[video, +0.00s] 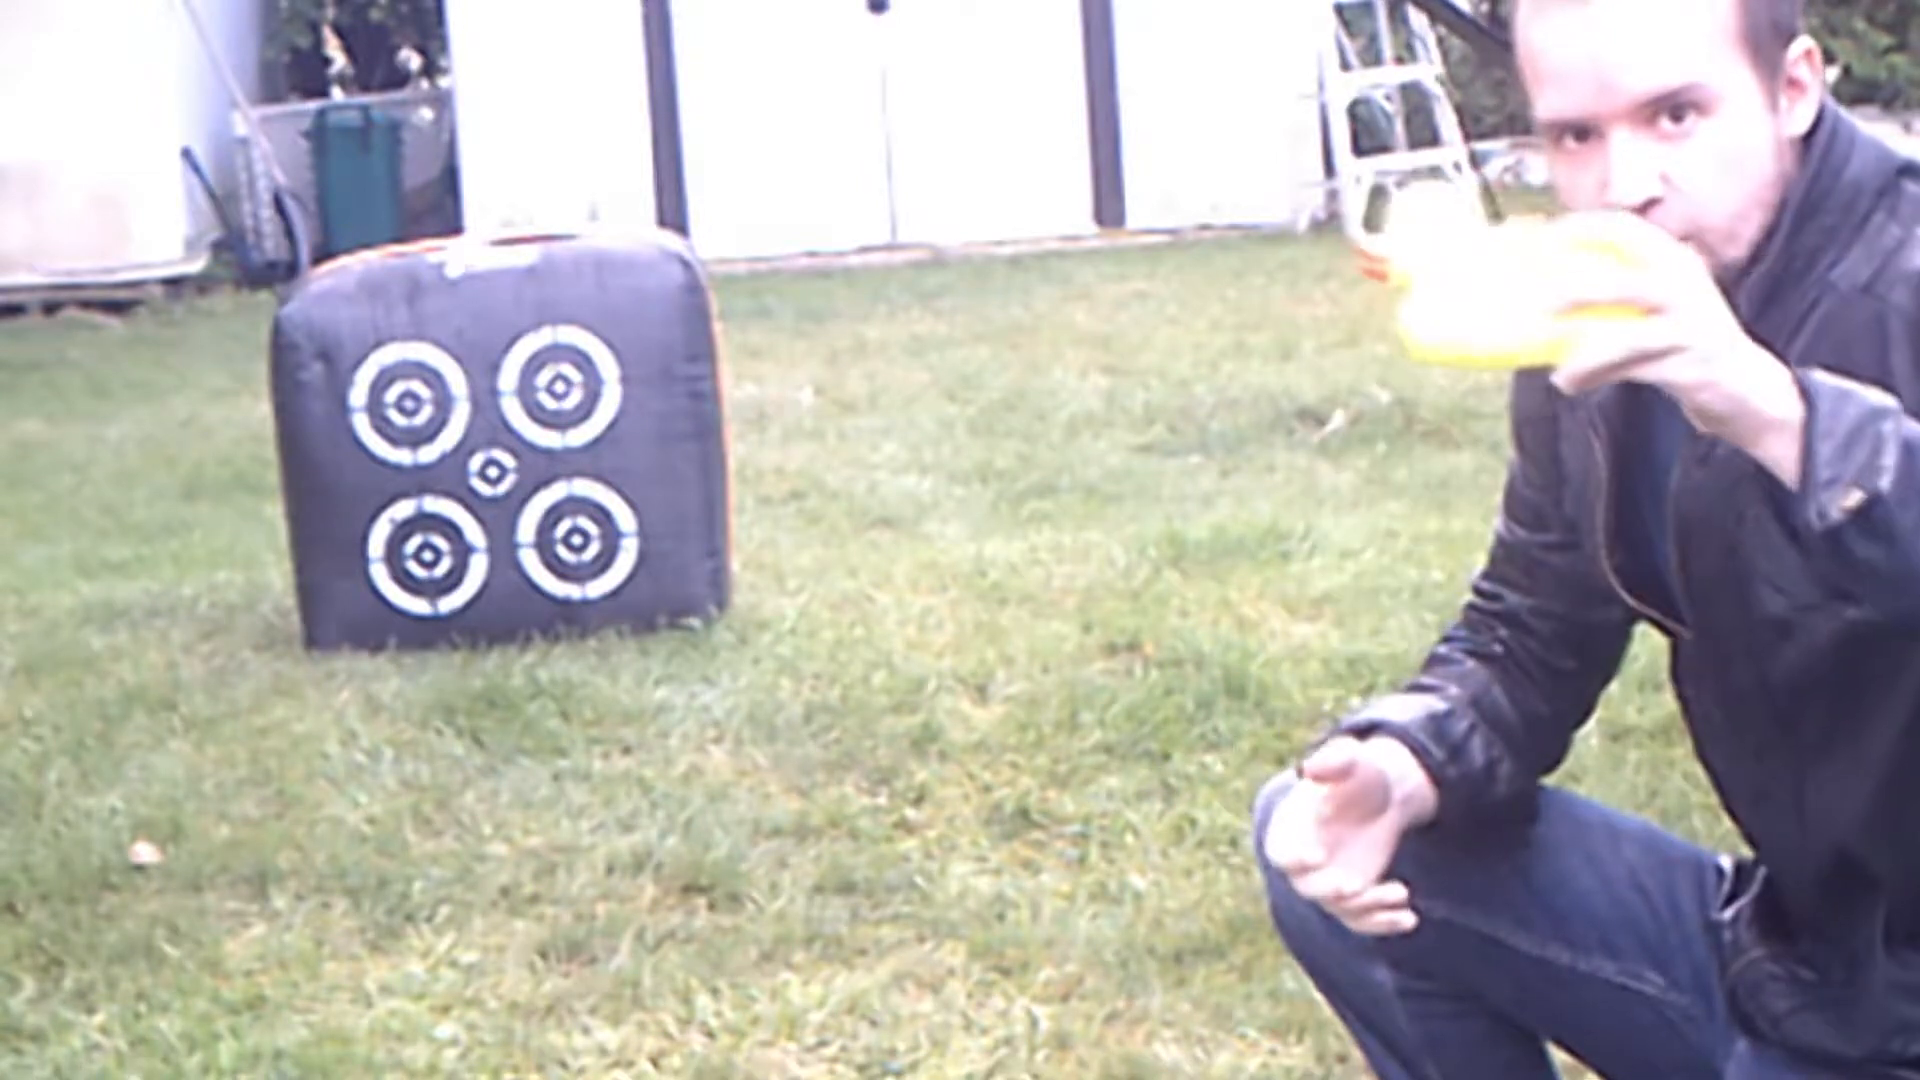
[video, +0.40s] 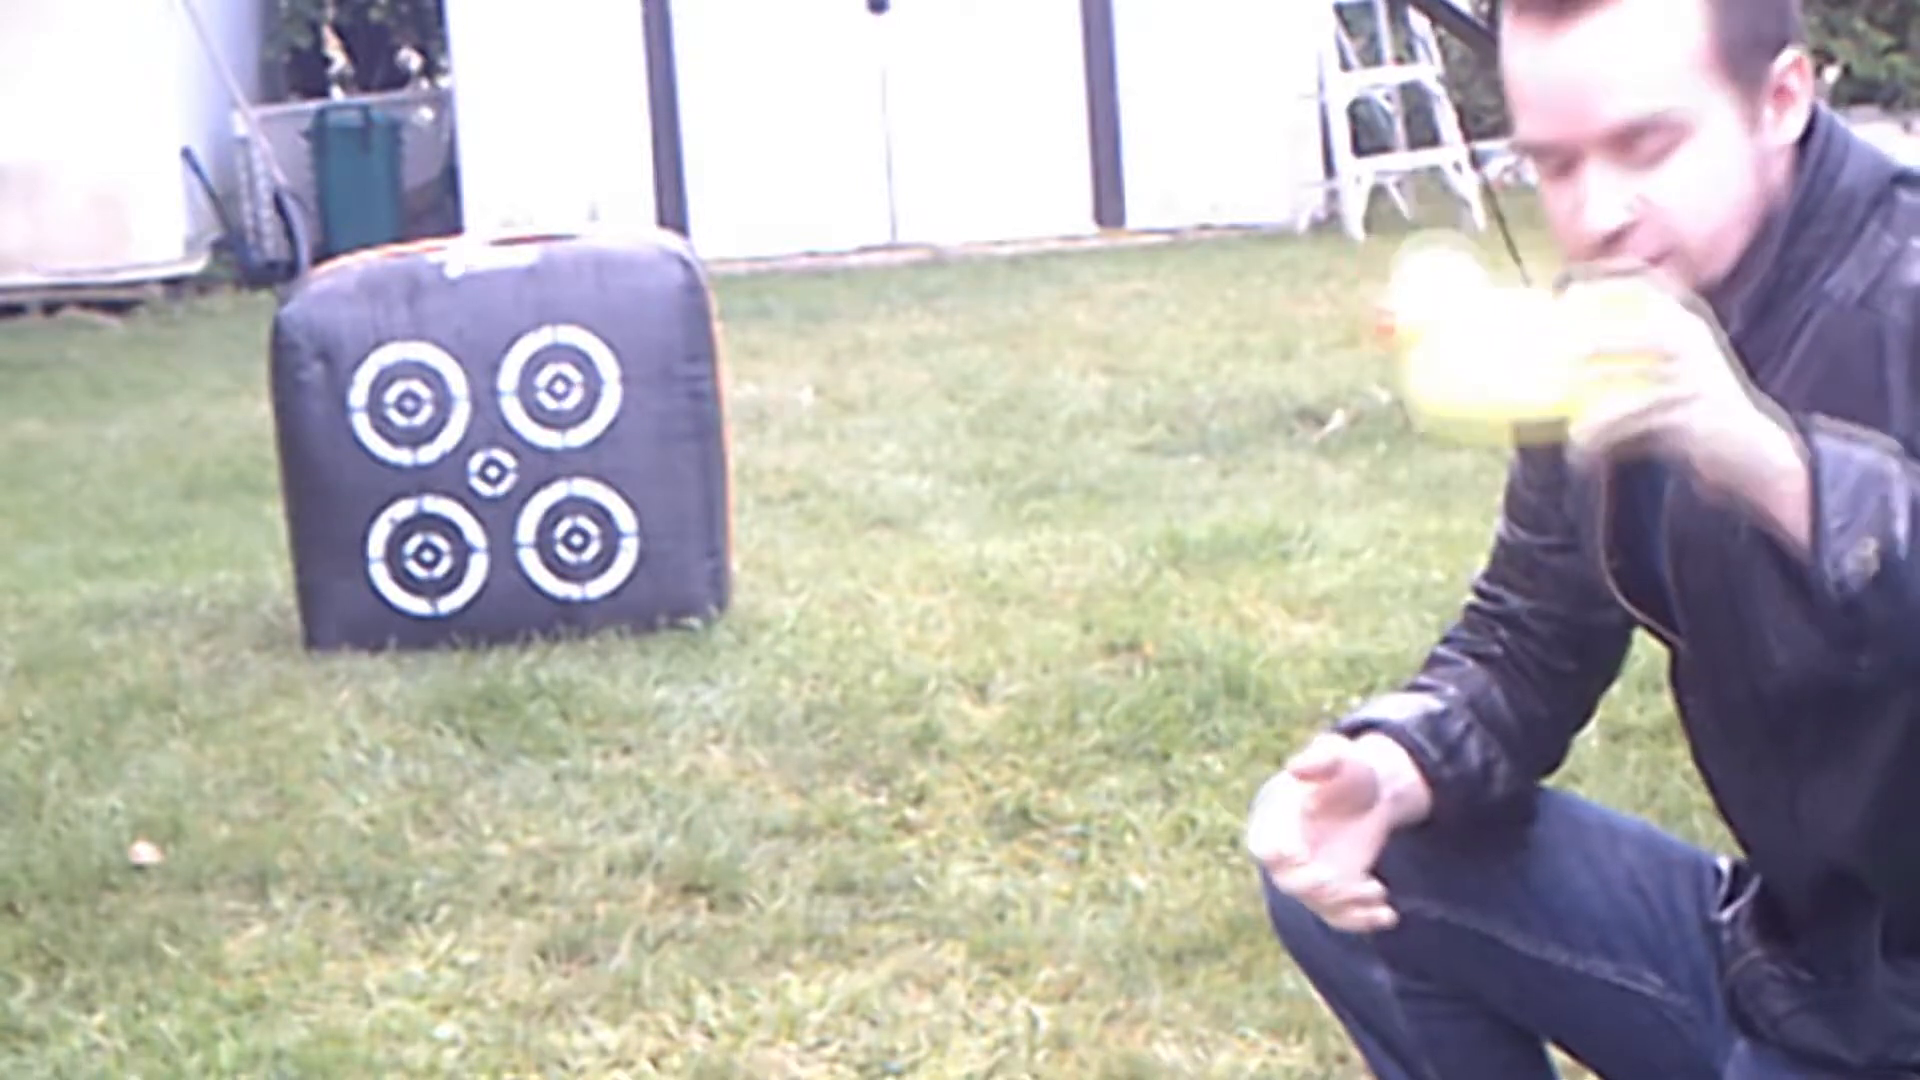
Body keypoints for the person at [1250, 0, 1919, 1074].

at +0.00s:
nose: (1626, 184)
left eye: (1675, 116)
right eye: (1575, 135)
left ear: (1796, 89)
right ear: (1536, 138)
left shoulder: (1898, 281)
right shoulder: (1598, 307)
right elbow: (1531, 629)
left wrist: (1779, 414)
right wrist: (1407, 760)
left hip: (1892, 1026)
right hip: (1769, 939)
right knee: (1328, 848)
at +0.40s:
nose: (1595, 216)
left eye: (1646, 147)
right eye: (1552, 166)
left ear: (1784, 103)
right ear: (1522, 153)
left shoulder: (1901, 293)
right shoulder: (1616, 319)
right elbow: (1530, 634)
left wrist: (1771, 464)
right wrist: (1396, 761)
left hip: (1894, 1028)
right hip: (1765, 940)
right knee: (1342, 862)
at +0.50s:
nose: (1576, 245)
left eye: (1627, 180)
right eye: (1536, 189)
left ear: (1772, 127)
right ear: (1508, 160)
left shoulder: (1901, 319)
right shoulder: (1583, 338)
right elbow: (1537, 643)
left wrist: (1740, 598)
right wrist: (1395, 752)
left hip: (1887, 1040)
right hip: (1757, 943)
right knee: (1350, 864)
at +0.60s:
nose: (1568, 269)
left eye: (1618, 204)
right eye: (1530, 210)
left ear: (1765, 148)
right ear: (1500, 182)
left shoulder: (1895, 371)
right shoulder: (1575, 350)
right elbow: (1536, 623)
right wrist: (1388, 747)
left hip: (1866, 1031)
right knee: (1338, 869)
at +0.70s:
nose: (1556, 304)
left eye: (1605, 243)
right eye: (1518, 247)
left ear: (1755, 182)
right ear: (1490, 207)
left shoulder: (1894, 422)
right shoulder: (1574, 363)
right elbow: (1539, 644)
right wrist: (1396, 740)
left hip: (1884, 966)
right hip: (1706, 905)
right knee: (1344, 850)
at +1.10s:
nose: (1453, 419)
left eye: (1493, 360)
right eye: (1416, 367)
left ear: (1642, 276)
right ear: (1387, 314)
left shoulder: (1871, 549)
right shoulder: (1586, 408)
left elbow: (1896, 995)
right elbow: (1521, 658)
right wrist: (1383, 742)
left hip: (1842, 1021)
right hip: (1694, 923)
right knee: (1355, 849)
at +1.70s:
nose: (1511, 306)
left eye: (1564, 241)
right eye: (1485, 249)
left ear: (1718, 190)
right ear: (1460, 213)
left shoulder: (1886, 468)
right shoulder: (1592, 365)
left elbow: (1853, 987)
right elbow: (1539, 639)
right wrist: (1370, 752)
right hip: (1690, 905)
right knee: (1358, 852)